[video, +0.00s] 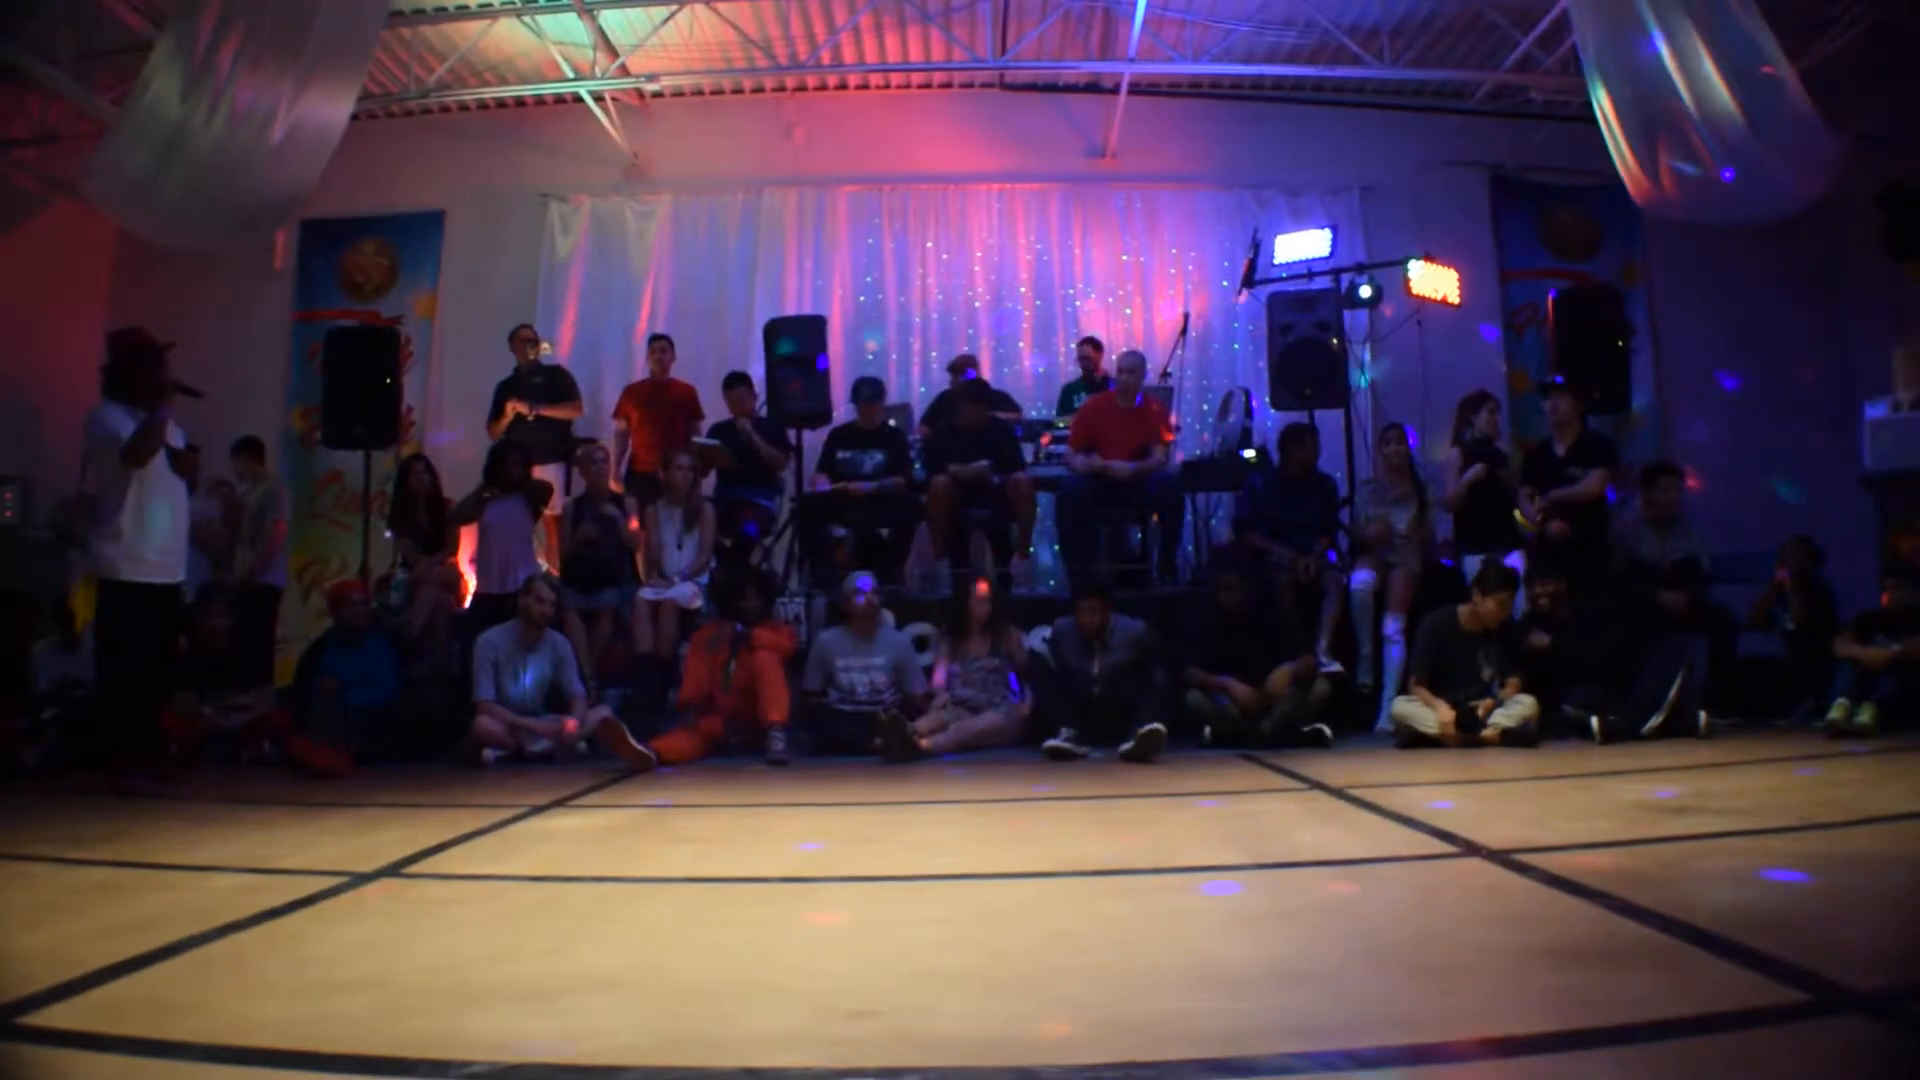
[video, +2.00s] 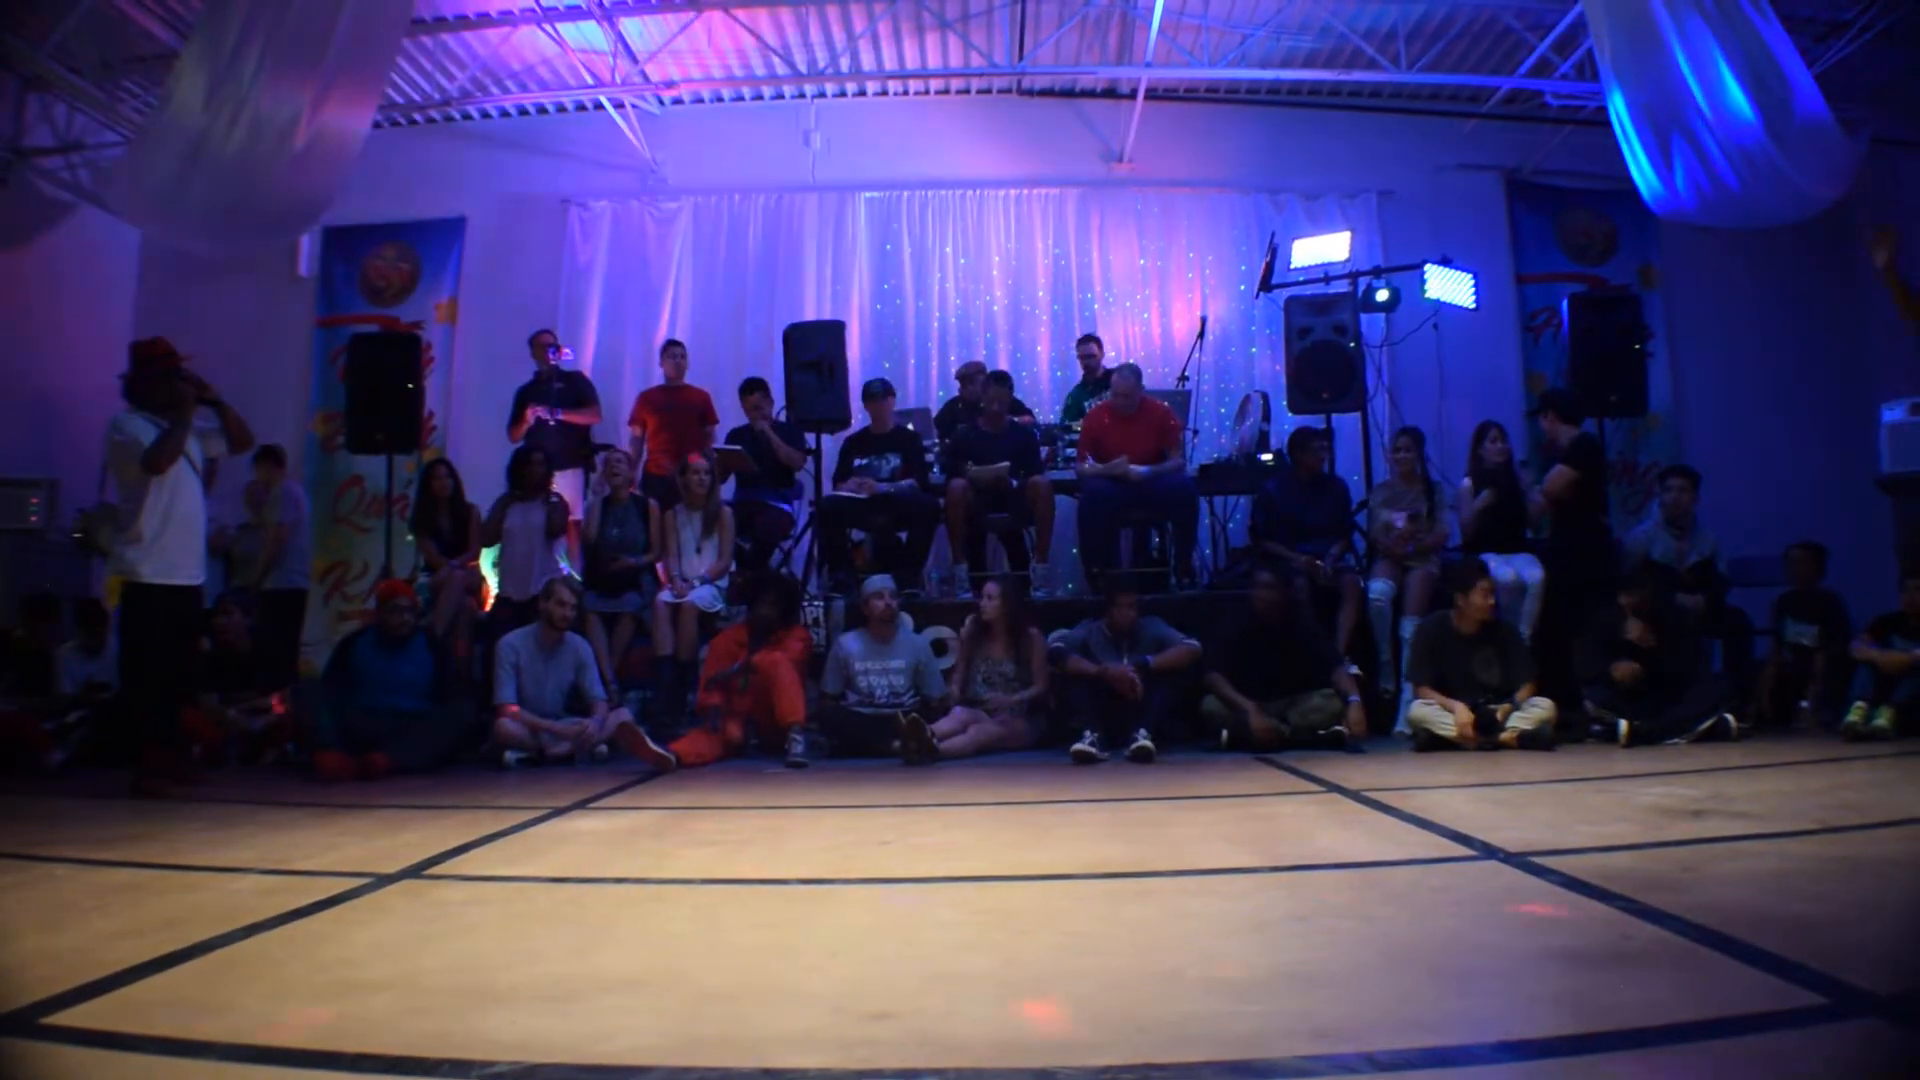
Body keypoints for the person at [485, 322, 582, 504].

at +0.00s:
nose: (529, 346)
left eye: (533, 341)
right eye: (523, 341)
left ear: (539, 345)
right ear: (512, 347)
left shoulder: (557, 374)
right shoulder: (506, 386)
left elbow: (576, 409)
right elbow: (494, 432)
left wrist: (538, 410)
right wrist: (508, 414)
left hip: (552, 460)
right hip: (517, 462)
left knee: (552, 519)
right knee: (520, 520)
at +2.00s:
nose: (549, 352)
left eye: (552, 346)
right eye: (543, 348)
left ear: (560, 350)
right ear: (533, 353)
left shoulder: (577, 380)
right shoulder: (526, 391)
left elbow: (594, 415)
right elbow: (514, 436)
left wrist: (558, 414)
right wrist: (527, 421)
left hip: (571, 463)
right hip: (538, 465)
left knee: (573, 523)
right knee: (538, 522)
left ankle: (575, 576)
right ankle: (540, 579)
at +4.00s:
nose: (550, 351)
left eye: (554, 347)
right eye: (544, 347)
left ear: (560, 351)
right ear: (534, 352)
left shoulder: (576, 380)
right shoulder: (526, 390)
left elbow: (594, 415)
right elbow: (512, 435)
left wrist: (557, 414)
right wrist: (526, 421)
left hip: (570, 464)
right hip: (537, 466)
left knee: (569, 525)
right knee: (535, 524)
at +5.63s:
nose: (549, 350)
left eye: (553, 346)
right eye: (543, 346)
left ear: (559, 351)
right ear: (531, 351)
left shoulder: (573, 379)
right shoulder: (523, 389)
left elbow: (592, 414)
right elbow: (510, 435)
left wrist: (556, 413)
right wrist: (524, 420)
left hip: (568, 463)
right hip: (535, 465)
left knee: (569, 524)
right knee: (536, 522)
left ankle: (572, 577)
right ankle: (539, 580)